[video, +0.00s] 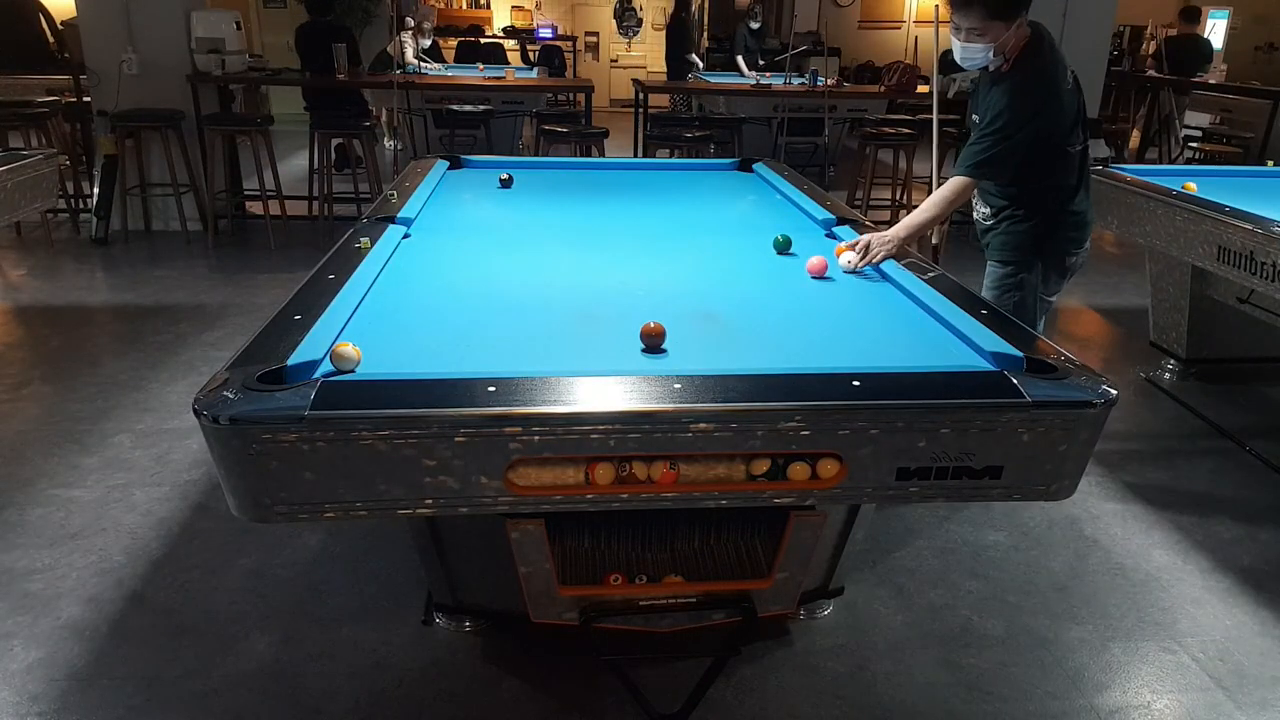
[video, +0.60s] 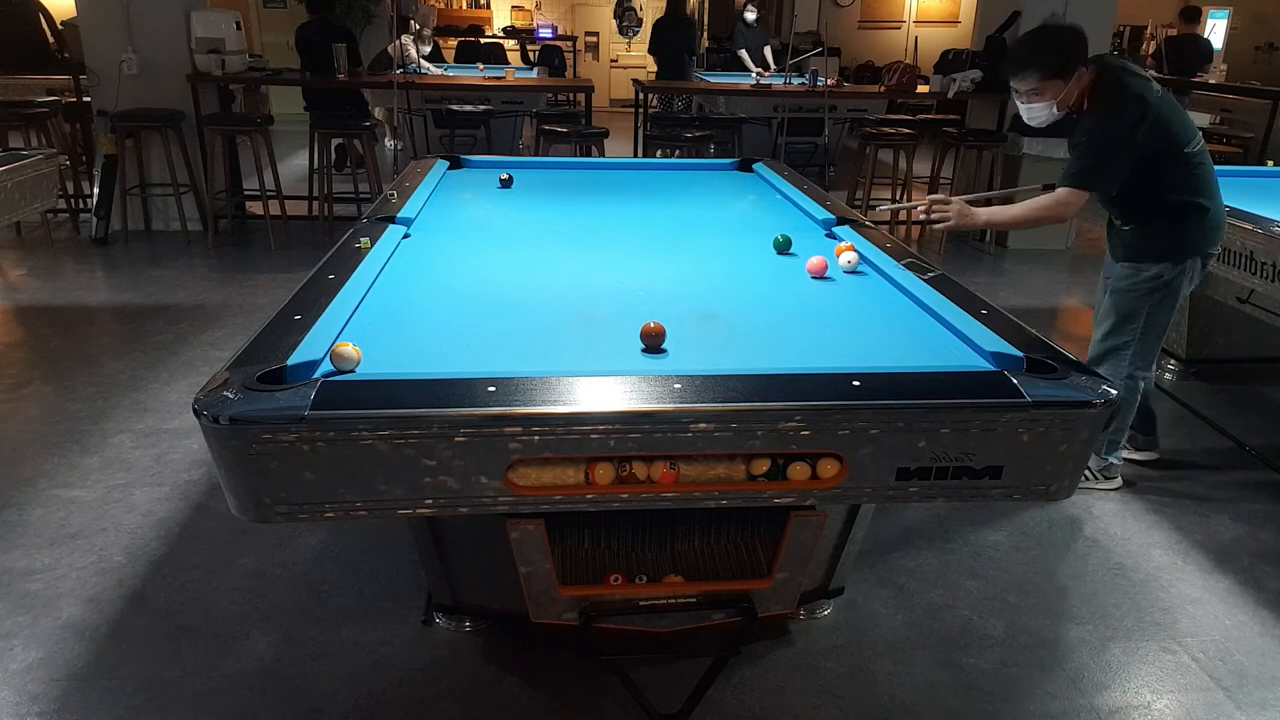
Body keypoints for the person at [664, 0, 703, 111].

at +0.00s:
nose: (694, 8)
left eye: (693, 5)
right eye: (693, 5)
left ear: (678, 5)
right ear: (687, 6)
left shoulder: (673, 20)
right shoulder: (683, 21)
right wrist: (698, 62)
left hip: (673, 67)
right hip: (682, 68)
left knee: (675, 101)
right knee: (683, 102)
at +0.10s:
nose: (700, 11)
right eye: (699, 8)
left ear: (683, 6)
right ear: (696, 9)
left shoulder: (671, 22)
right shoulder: (695, 25)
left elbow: (663, 51)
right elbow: (700, 56)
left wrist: (666, 68)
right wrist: (704, 70)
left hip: (670, 72)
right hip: (688, 74)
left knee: (674, 107)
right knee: (684, 108)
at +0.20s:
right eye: (698, 5)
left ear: (680, 5)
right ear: (695, 7)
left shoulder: (669, 21)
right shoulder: (697, 25)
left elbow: (660, 51)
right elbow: (699, 57)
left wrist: (655, 73)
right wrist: (692, 69)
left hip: (669, 76)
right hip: (688, 77)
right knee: (683, 113)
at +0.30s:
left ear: (672, 6)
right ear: (688, 8)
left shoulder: (664, 22)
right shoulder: (692, 23)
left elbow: (657, 53)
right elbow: (694, 55)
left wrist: (653, 74)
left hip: (665, 73)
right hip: (685, 75)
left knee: (668, 111)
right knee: (681, 111)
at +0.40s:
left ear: (668, 6)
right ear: (685, 7)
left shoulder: (661, 21)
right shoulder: (689, 23)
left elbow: (653, 49)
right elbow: (694, 51)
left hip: (663, 71)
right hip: (682, 72)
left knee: (663, 107)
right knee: (679, 108)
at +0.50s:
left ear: (666, 4)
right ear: (682, 5)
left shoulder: (658, 21)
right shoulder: (687, 22)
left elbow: (652, 51)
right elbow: (690, 51)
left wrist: (654, 70)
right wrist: (684, 65)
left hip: (661, 70)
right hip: (681, 71)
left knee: (663, 106)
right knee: (678, 107)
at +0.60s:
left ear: (668, 5)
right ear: (684, 6)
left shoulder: (659, 22)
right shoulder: (689, 23)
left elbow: (652, 50)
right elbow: (693, 51)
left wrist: (660, 67)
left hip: (664, 71)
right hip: (684, 71)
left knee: (665, 106)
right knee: (685, 107)